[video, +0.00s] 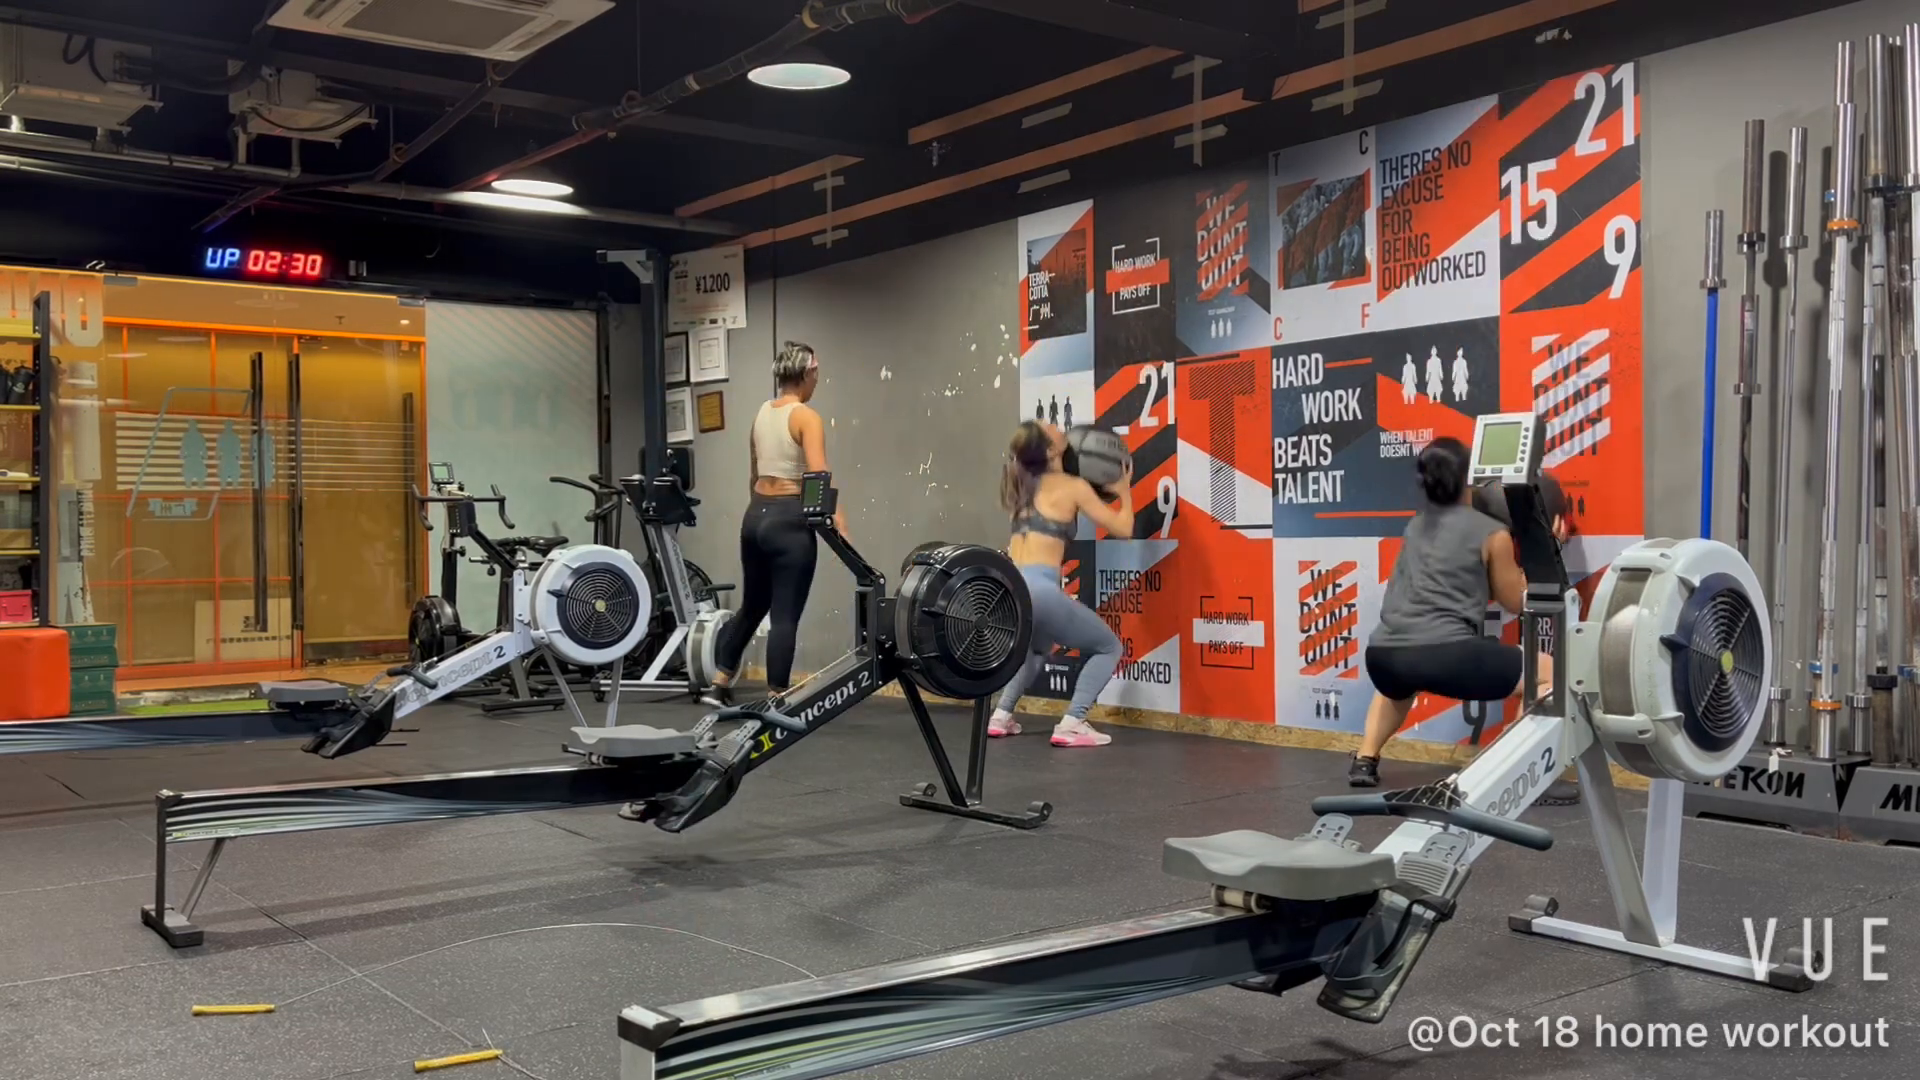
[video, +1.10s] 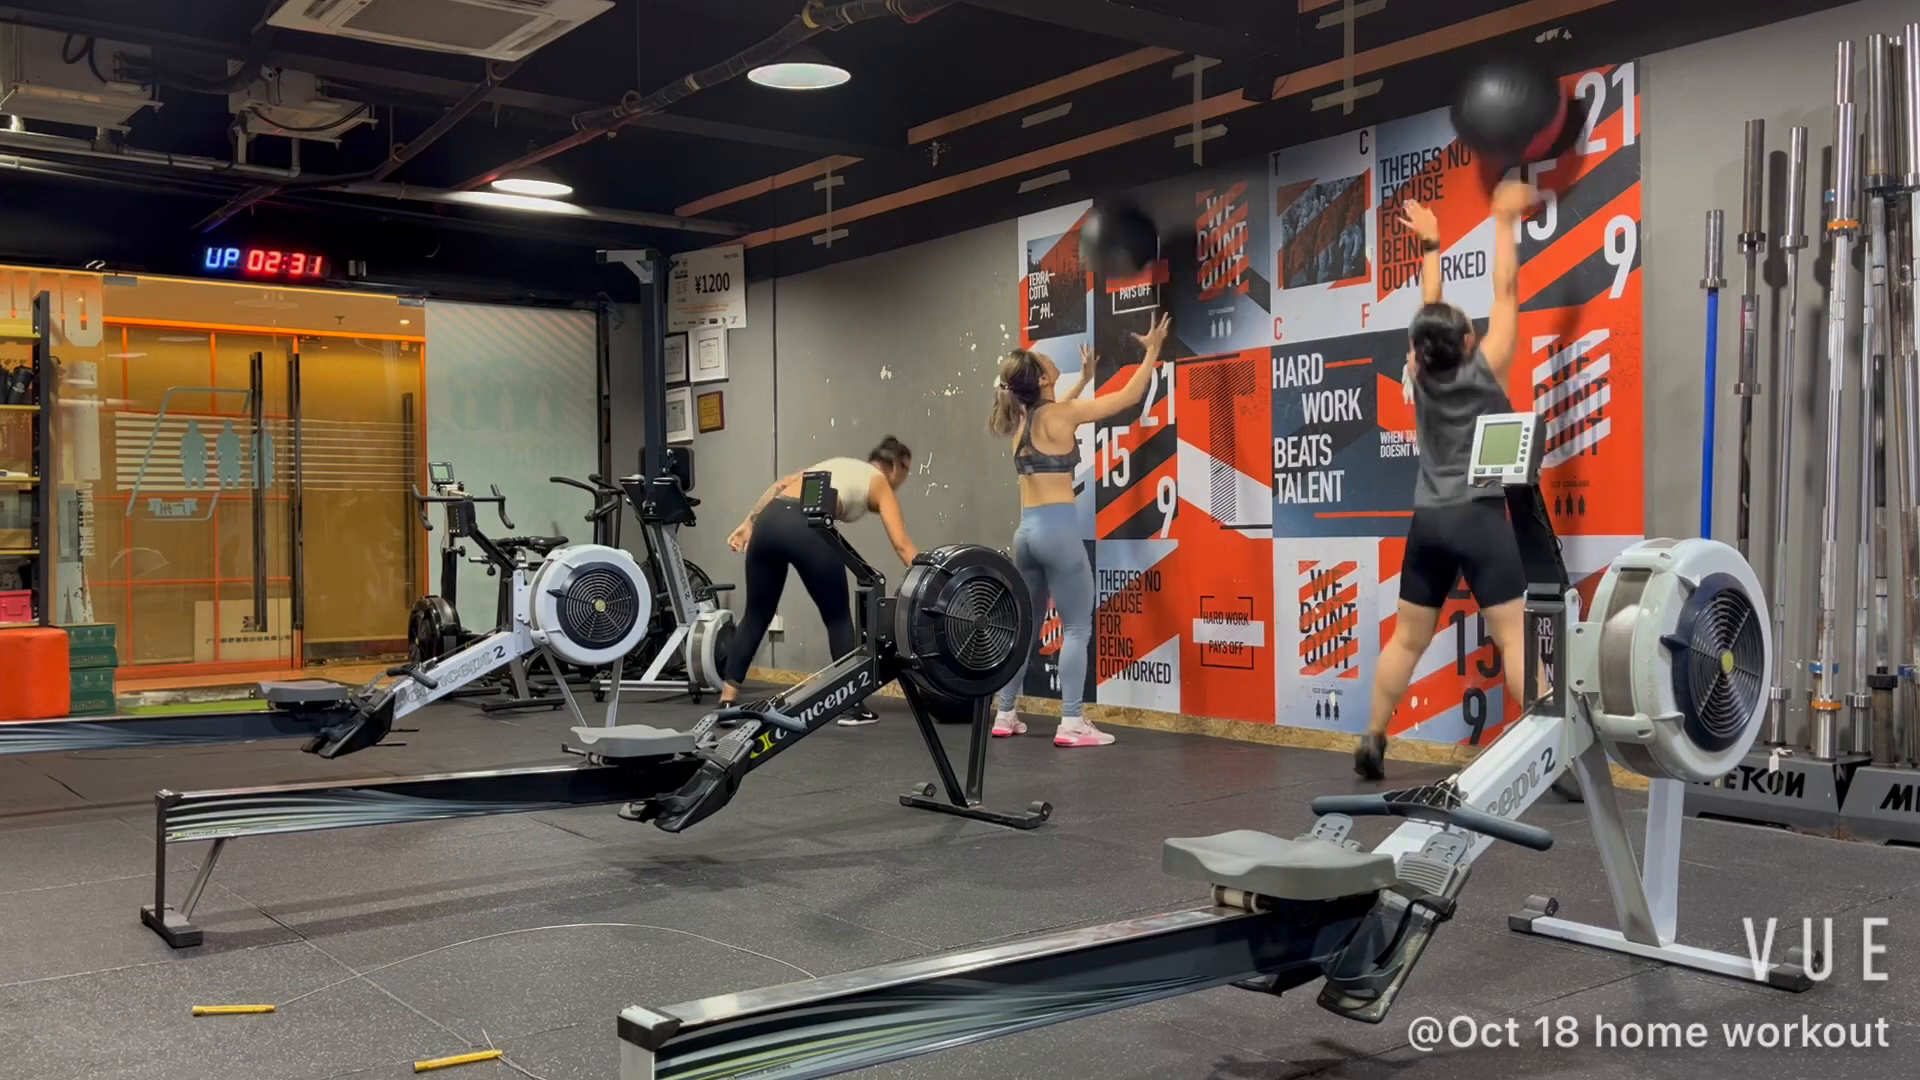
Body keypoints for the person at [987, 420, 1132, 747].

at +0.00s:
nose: (1057, 425)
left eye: (1050, 423)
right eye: (1051, 428)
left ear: (1030, 456)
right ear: (1050, 451)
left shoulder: (1025, 484)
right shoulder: (1073, 485)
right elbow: (1124, 527)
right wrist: (1125, 492)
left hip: (1007, 583)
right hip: (1040, 588)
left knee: (1038, 647)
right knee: (1109, 647)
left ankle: (1001, 715)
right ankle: (1072, 723)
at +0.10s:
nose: (1057, 398)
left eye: (1051, 394)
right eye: (1051, 397)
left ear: (1028, 419)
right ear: (1047, 413)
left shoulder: (1025, 449)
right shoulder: (1071, 446)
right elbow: (1126, 483)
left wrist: (1105, 455)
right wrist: (1124, 444)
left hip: (1016, 554)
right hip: (1047, 558)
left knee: (1028, 638)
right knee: (1105, 637)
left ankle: (1002, 712)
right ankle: (1072, 721)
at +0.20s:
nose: (1047, 355)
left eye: (1041, 352)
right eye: (1041, 355)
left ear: (1019, 380)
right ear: (1040, 373)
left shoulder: (1023, 410)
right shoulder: (1068, 404)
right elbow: (1130, 413)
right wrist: (1126, 372)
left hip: (1029, 513)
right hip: (1060, 515)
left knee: (1023, 612)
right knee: (1090, 614)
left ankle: (1004, 694)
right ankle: (1077, 708)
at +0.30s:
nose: (1046, 344)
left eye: (1042, 341)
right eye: (1041, 345)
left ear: (1018, 364)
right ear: (1038, 359)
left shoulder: (1020, 390)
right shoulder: (1067, 382)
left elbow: (1045, 338)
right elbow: (1118, 351)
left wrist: (1062, 297)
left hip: (1033, 498)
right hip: (1068, 497)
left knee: (1024, 600)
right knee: (1080, 602)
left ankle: (1007, 684)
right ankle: (1084, 696)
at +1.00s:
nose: (1052, 373)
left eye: (1049, 370)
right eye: (1047, 370)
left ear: (1019, 388)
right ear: (1039, 382)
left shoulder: (1019, 420)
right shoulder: (1062, 412)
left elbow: (1050, 401)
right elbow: (1125, 394)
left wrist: (1075, 374)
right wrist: (1152, 351)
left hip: (1033, 526)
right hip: (1066, 525)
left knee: (1024, 624)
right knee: (1072, 628)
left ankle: (1005, 713)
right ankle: (1072, 722)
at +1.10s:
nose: (1055, 371)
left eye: (1051, 367)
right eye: (1050, 368)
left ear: (1022, 386)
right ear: (1042, 381)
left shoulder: (1023, 420)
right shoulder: (1062, 413)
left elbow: (1061, 407)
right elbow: (1128, 397)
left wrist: (1085, 374)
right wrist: (1152, 351)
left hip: (1027, 528)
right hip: (1059, 527)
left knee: (1023, 624)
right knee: (1077, 627)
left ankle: (1005, 713)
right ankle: (1072, 723)